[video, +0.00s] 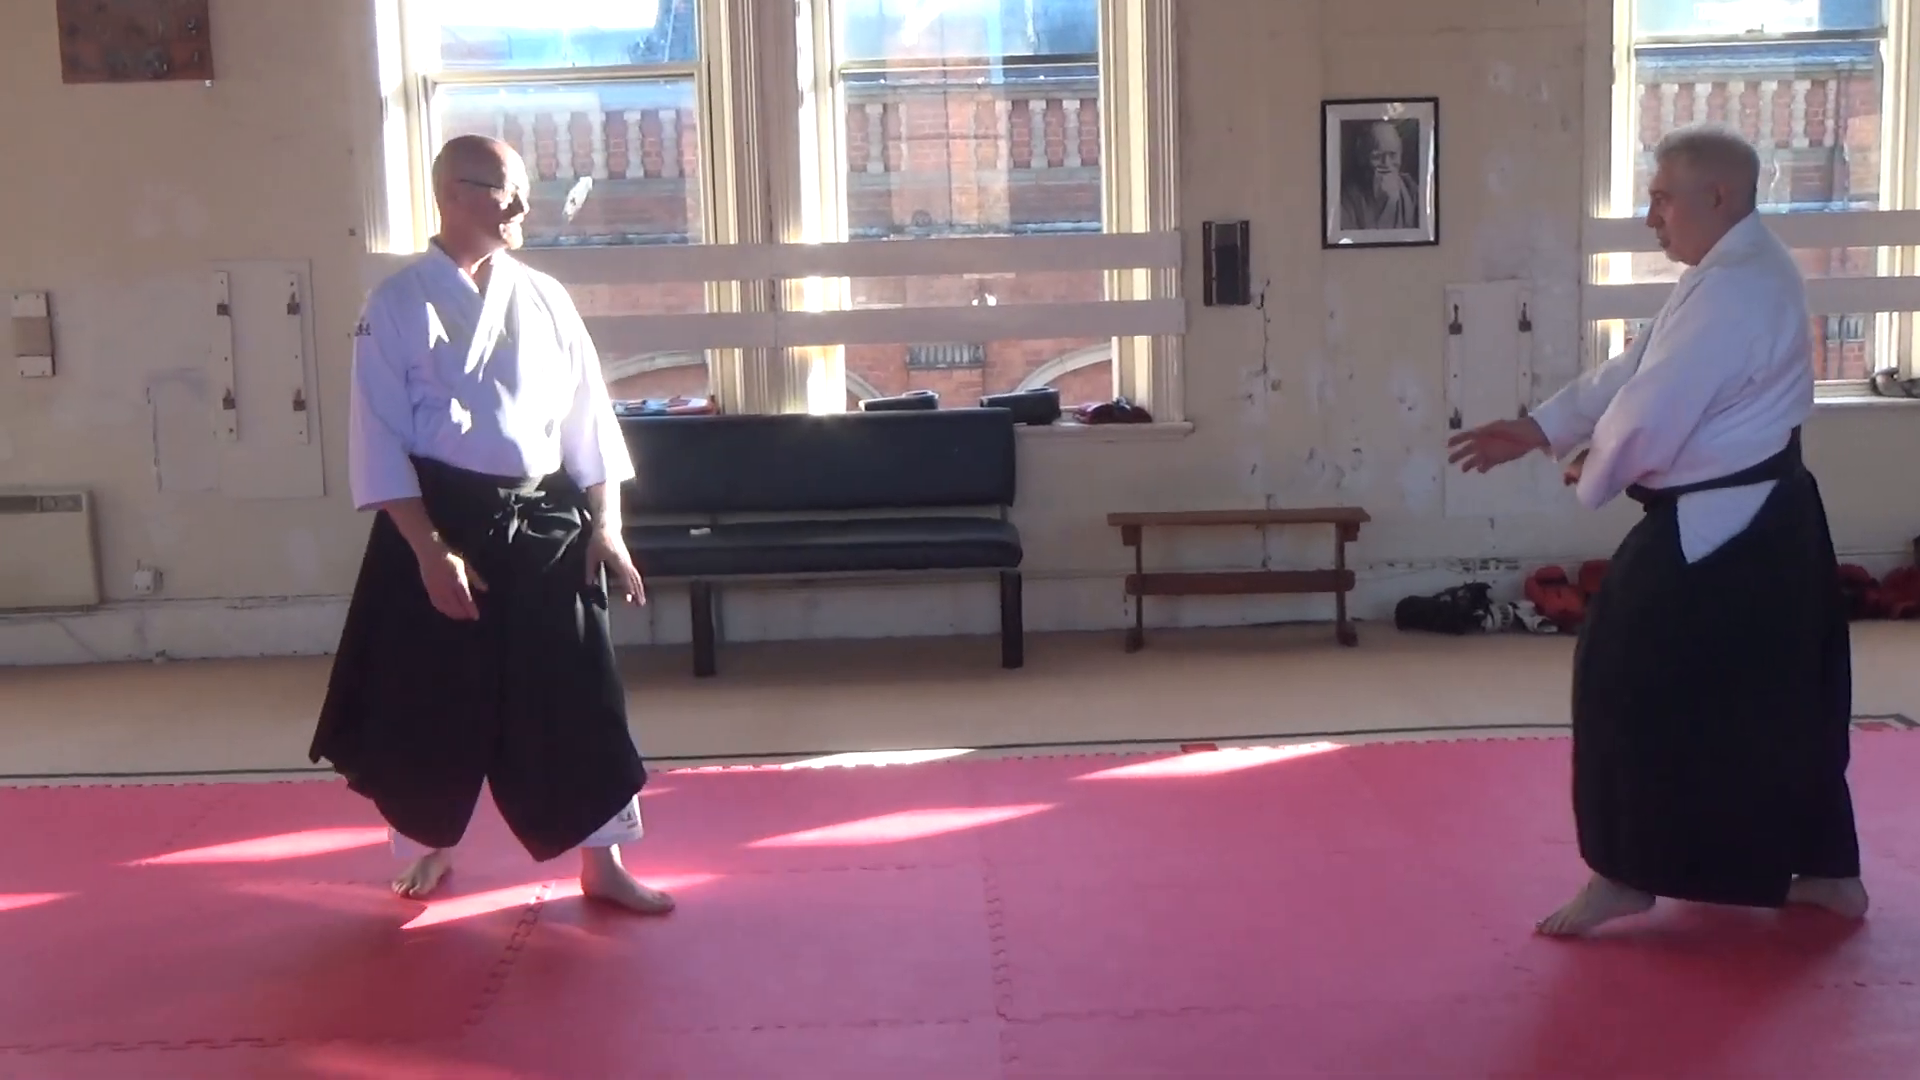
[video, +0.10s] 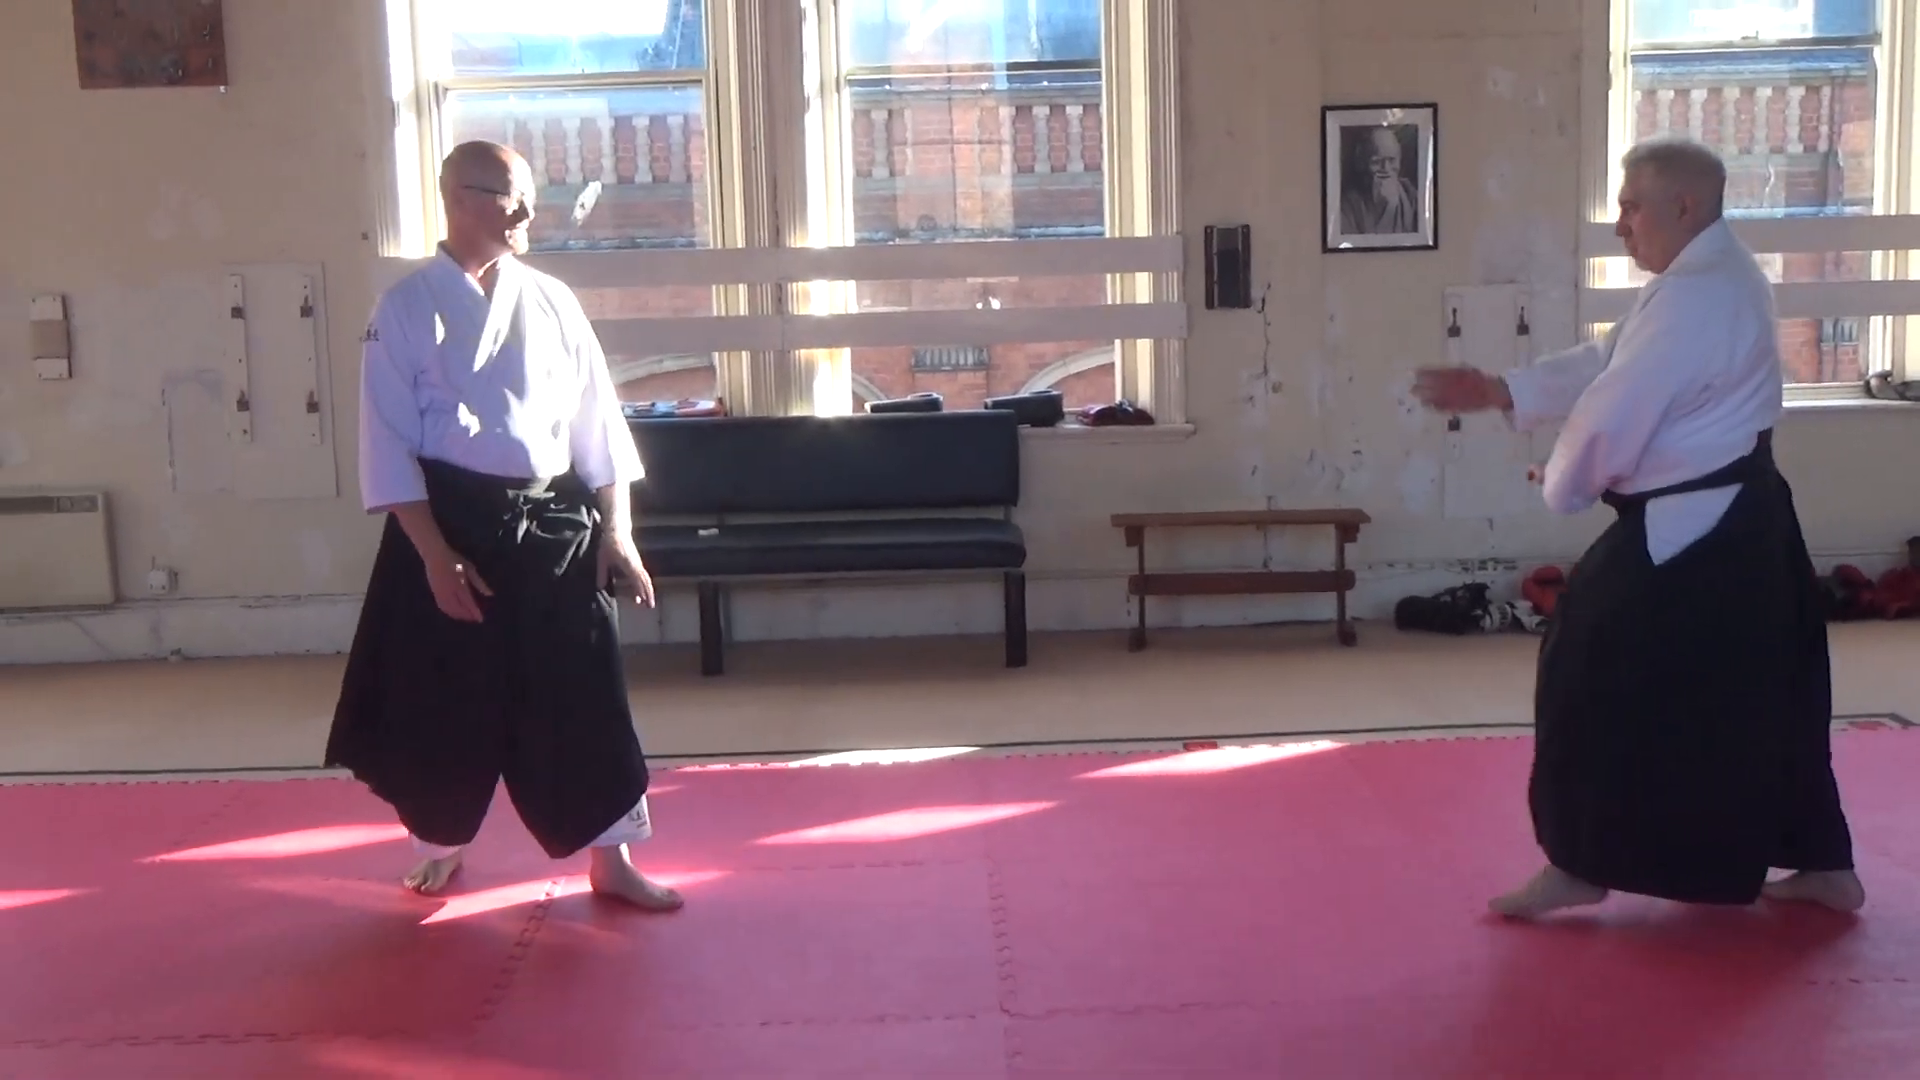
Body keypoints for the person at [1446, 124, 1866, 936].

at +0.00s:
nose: (1651, 215)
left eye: (1663, 198)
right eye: (1652, 199)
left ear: (1719, 198)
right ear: (1723, 199)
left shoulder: (1728, 290)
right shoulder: (1746, 268)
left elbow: (1642, 423)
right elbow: (1634, 362)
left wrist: (1595, 475)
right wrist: (1537, 427)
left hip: (1710, 520)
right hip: (1770, 509)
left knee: (1616, 673)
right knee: (1794, 695)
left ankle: (1624, 869)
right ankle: (1828, 869)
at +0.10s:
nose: (1619, 223)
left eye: (1631, 208)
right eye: (1620, 207)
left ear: (1685, 210)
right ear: (1688, 210)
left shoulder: (1688, 297)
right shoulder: (1718, 273)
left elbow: (1607, 421)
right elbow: (1609, 357)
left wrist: (1564, 485)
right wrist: (1499, 390)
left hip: (1689, 523)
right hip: (1746, 508)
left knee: (1577, 662)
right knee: (1777, 689)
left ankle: (1576, 864)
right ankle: (1827, 864)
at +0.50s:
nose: (1333, 279)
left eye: (1342, 267)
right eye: (1333, 266)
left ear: (1381, 270)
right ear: (1397, 270)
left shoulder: (1374, 351)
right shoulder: (1434, 315)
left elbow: (1293, 437)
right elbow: (1356, 271)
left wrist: (1210, 483)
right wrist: (1333, 221)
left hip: (1425, 542)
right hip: (1471, 522)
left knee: (1349, 671)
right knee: (1541, 658)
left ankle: (1382, 832)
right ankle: (1634, 761)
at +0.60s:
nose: (1265, 283)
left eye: (1274, 269)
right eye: (1265, 269)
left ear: (1311, 275)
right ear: (1329, 272)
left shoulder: (1318, 348)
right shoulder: (1352, 319)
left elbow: (1252, 442)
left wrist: (1167, 499)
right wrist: (1274, 221)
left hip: (1354, 538)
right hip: (1384, 521)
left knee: (1333, 674)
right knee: (1374, 672)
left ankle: (1372, 823)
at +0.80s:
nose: (1149, 281)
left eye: (1161, 269)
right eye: (1151, 269)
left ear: (1206, 276)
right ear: (1193, 275)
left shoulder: (1231, 350)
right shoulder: (1173, 342)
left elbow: (1208, 462)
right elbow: (1109, 313)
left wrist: (1118, 480)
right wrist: (1117, 226)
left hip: (1238, 553)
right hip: (1176, 548)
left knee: (1291, 691)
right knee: (1115, 666)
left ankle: (1367, 808)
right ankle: (1064, 787)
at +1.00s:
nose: (1021, 283)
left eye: (1038, 273)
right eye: (1023, 270)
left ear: (1084, 290)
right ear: (1027, 284)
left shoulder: (1125, 366)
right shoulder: (999, 357)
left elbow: (1155, 466)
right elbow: (909, 332)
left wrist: (1070, 490)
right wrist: (842, 261)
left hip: (1109, 562)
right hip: (1030, 558)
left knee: (1155, 691)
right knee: (972, 677)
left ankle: (1255, 777)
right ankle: (959, 826)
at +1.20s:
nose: (979, 238)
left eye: (997, 228)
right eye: (978, 227)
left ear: (1040, 244)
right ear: (973, 239)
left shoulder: (1086, 316)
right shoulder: (951, 313)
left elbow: (1128, 402)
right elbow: (866, 337)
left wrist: (1064, 425)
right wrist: (790, 310)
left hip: (1049, 509)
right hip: (969, 506)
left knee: (1052, 653)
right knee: (948, 648)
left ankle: (1064, 782)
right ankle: (964, 787)